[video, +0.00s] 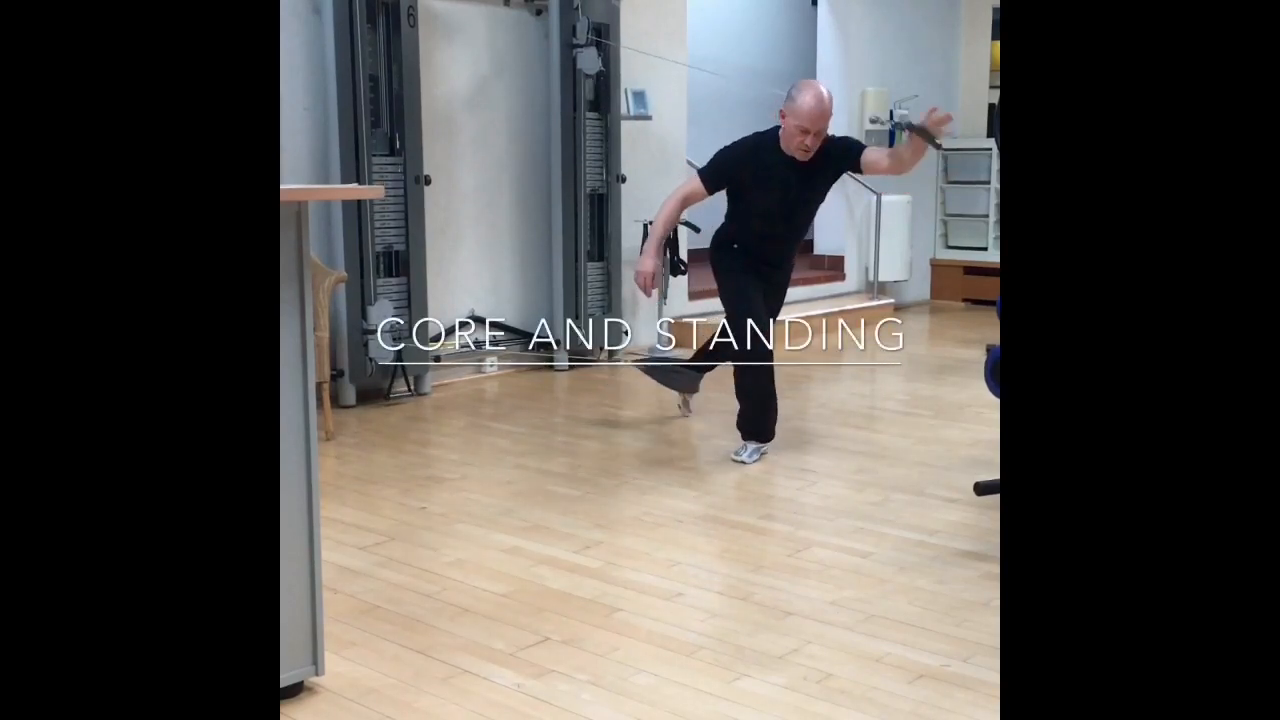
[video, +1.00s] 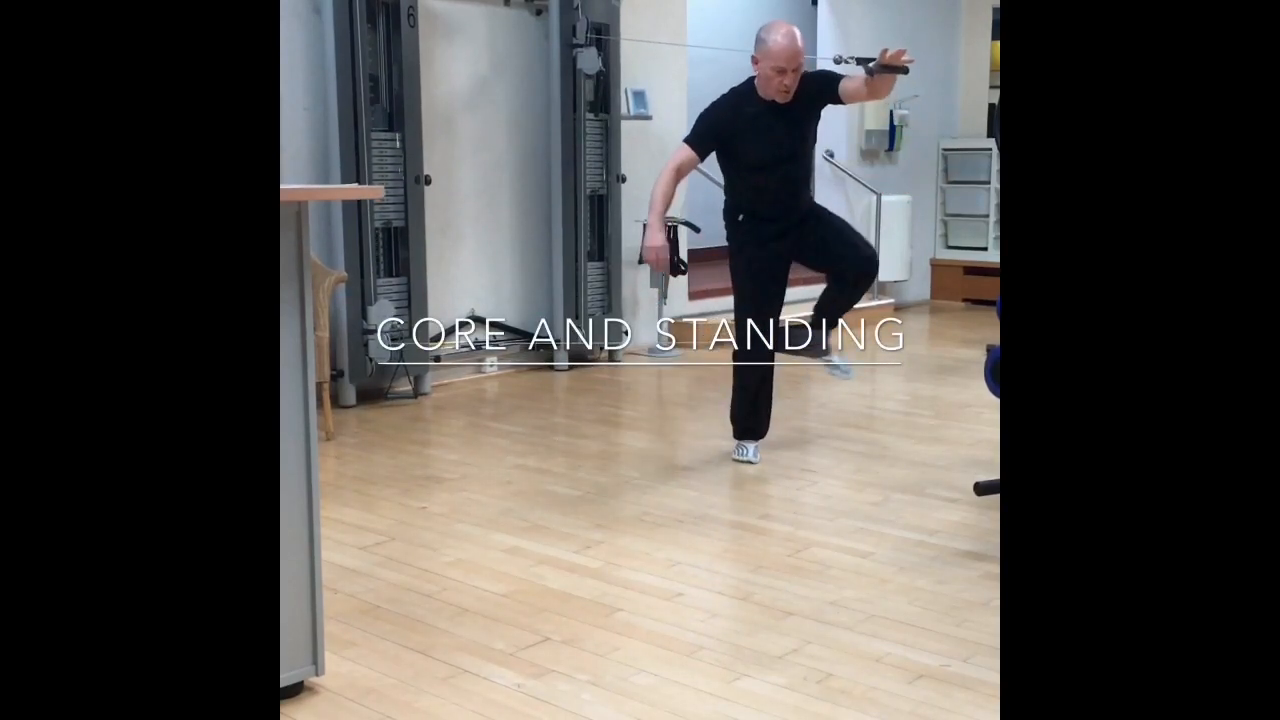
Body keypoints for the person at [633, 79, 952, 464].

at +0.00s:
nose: (810, 142)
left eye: (819, 134)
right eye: (802, 131)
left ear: (829, 125)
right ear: (783, 117)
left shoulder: (836, 153)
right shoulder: (746, 153)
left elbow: (897, 161)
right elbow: (679, 199)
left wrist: (923, 135)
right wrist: (650, 254)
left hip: (778, 262)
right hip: (733, 253)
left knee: (746, 331)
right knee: (755, 335)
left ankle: (690, 372)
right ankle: (756, 436)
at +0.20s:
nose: (805, 130)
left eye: (814, 120)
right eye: (796, 119)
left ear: (824, 109)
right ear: (777, 105)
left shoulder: (835, 131)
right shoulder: (746, 143)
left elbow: (890, 132)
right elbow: (684, 192)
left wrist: (900, 100)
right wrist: (644, 248)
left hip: (789, 253)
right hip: (742, 246)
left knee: (756, 331)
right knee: (758, 330)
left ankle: (684, 375)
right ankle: (751, 435)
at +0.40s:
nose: (800, 112)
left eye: (809, 102)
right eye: (791, 102)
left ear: (819, 91)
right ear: (772, 91)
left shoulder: (830, 111)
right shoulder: (744, 133)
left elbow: (883, 105)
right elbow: (687, 188)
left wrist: (890, 74)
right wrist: (653, 241)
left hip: (794, 244)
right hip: (747, 241)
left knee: (775, 338)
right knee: (761, 333)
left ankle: (704, 382)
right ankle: (749, 437)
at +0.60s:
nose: (797, 100)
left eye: (805, 90)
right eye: (788, 90)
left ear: (815, 81)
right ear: (766, 81)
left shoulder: (821, 101)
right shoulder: (740, 123)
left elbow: (876, 92)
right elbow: (687, 182)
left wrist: (885, 67)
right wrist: (671, 236)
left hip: (797, 240)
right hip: (748, 242)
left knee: (809, 331)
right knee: (757, 340)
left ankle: (748, 348)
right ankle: (747, 437)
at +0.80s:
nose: (793, 91)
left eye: (800, 81)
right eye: (784, 82)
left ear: (808, 71)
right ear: (761, 72)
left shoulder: (816, 91)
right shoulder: (735, 117)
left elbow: (874, 89)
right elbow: (685, 178)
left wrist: (886, 70)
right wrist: (673, 234)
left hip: (800, 227)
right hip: (750, 235)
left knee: (841, 297)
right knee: (754, 336)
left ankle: (779, 345)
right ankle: (747, 434)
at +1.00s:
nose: (789, 81)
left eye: (796, 70)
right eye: (779, 72)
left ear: (804, 63)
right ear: (756, 64)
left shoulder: (814, 88)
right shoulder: (727, 111)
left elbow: (870, 88)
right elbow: (675, 169)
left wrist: (886, 71)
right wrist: (654, 227)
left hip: (803, 218)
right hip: (754, 230)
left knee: (861, 263)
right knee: (756, 334)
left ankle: (815, 333)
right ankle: (747, 435)